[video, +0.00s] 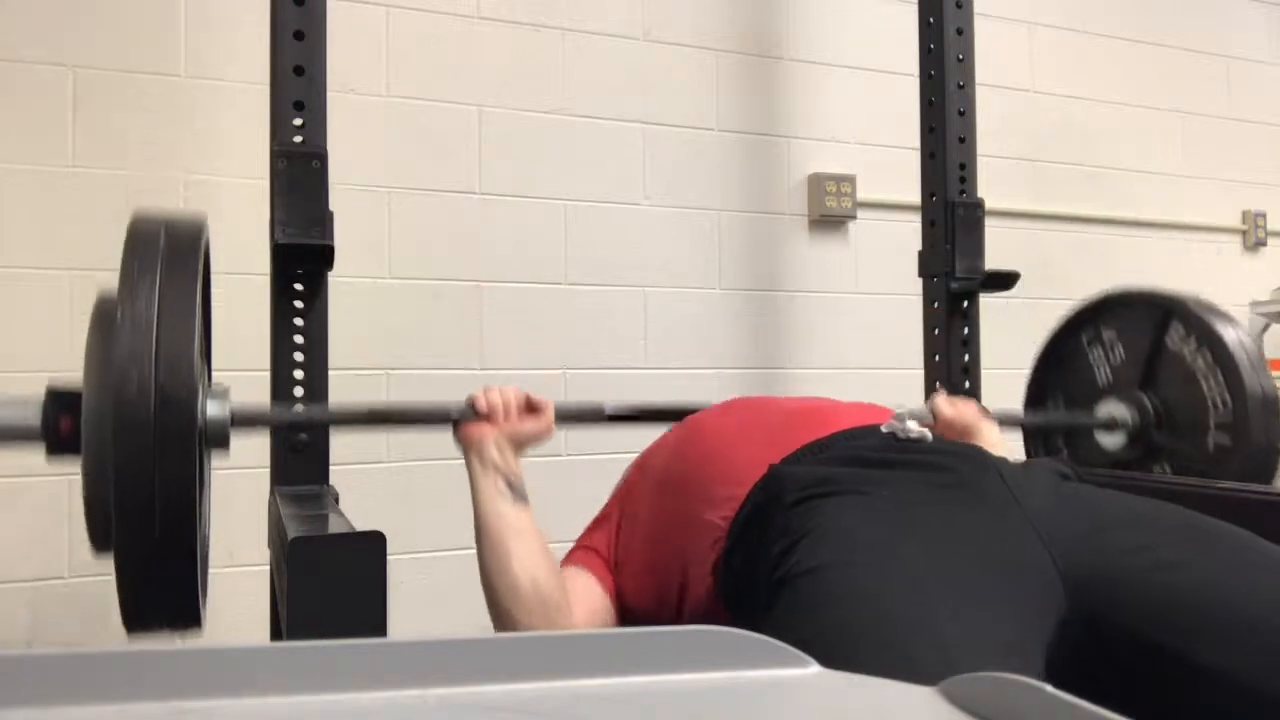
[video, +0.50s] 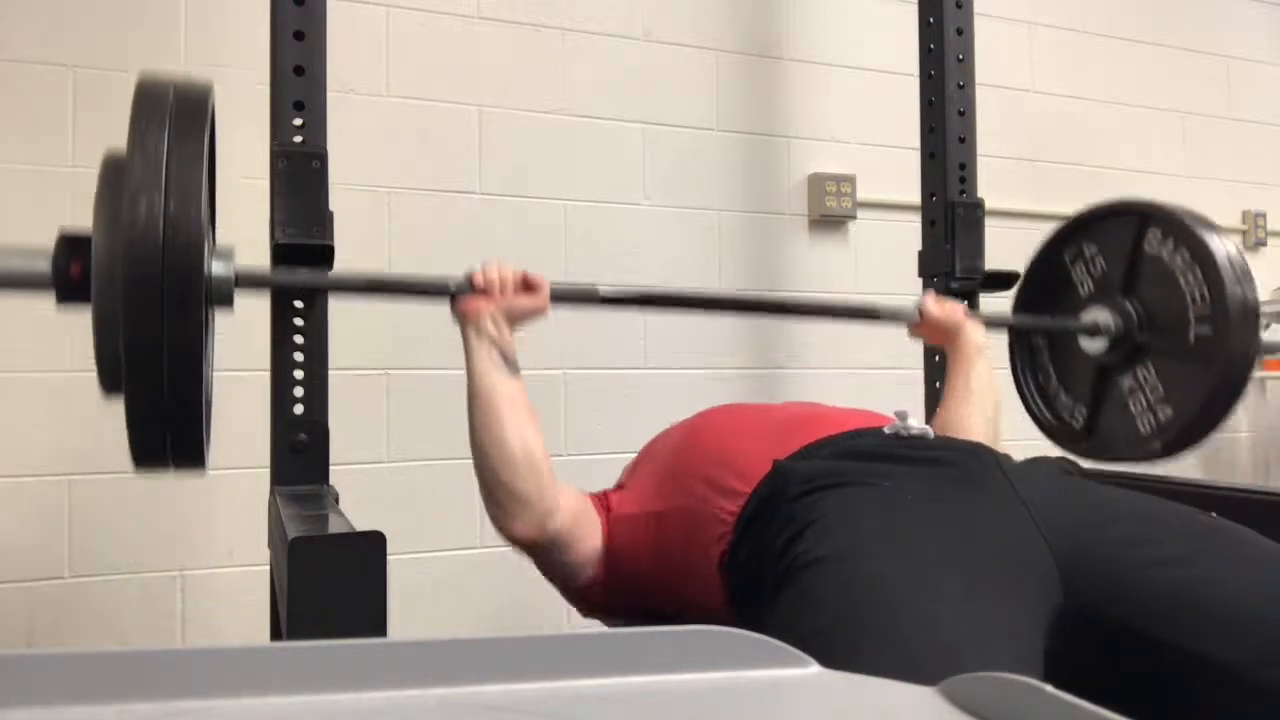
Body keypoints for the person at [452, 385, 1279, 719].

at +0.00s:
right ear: (652, 476)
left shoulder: (867, 421)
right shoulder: (622, 533)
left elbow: (1026, 521)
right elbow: (546, 628)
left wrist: (984, 446)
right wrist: (493, 473)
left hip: (1028, 487)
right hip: (855, 504)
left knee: (1277, 608)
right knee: (942, 689)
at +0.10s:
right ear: (640, 493)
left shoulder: (855, 425)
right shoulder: (619, 539)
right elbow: (550, 634)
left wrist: (980, 454)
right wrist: (496, 491)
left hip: (1031, 487)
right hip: (851, 507)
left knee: (1274, 607)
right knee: (935, 694)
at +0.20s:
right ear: (646, 489)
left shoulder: (865, 422)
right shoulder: (626, 532)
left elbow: (1036, 516)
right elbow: (555, 621)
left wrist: (996, 448)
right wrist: (501, 472)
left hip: (1032, 487)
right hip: (857, 500)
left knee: (1272, 605)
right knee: (944, 669)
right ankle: (966, 702)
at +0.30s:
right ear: (650, 492)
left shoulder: (888, 426)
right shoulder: (638, 518)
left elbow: (1013, 502)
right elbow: (553, 594)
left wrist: (987, 410)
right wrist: (498, 425)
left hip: (1026, 478)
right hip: (858, 498)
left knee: (1274, 617)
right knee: (945, 681)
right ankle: (980, 699)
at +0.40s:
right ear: (654, 497)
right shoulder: (629, 537)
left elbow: (994, 480)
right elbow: (535, 546)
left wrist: (980, 374)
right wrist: (492, 380)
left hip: (1035, 484)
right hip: (858, 506)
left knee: (1273, 618)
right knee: (918, 695)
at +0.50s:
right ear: (646, 485)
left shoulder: (869, 440)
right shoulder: (618, 543)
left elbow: (965, 466)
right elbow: (528, 508)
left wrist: (970, 347)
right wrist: (488, 343)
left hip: (1045, 486)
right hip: (857, 508)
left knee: (1276, 623)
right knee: (934, 697)